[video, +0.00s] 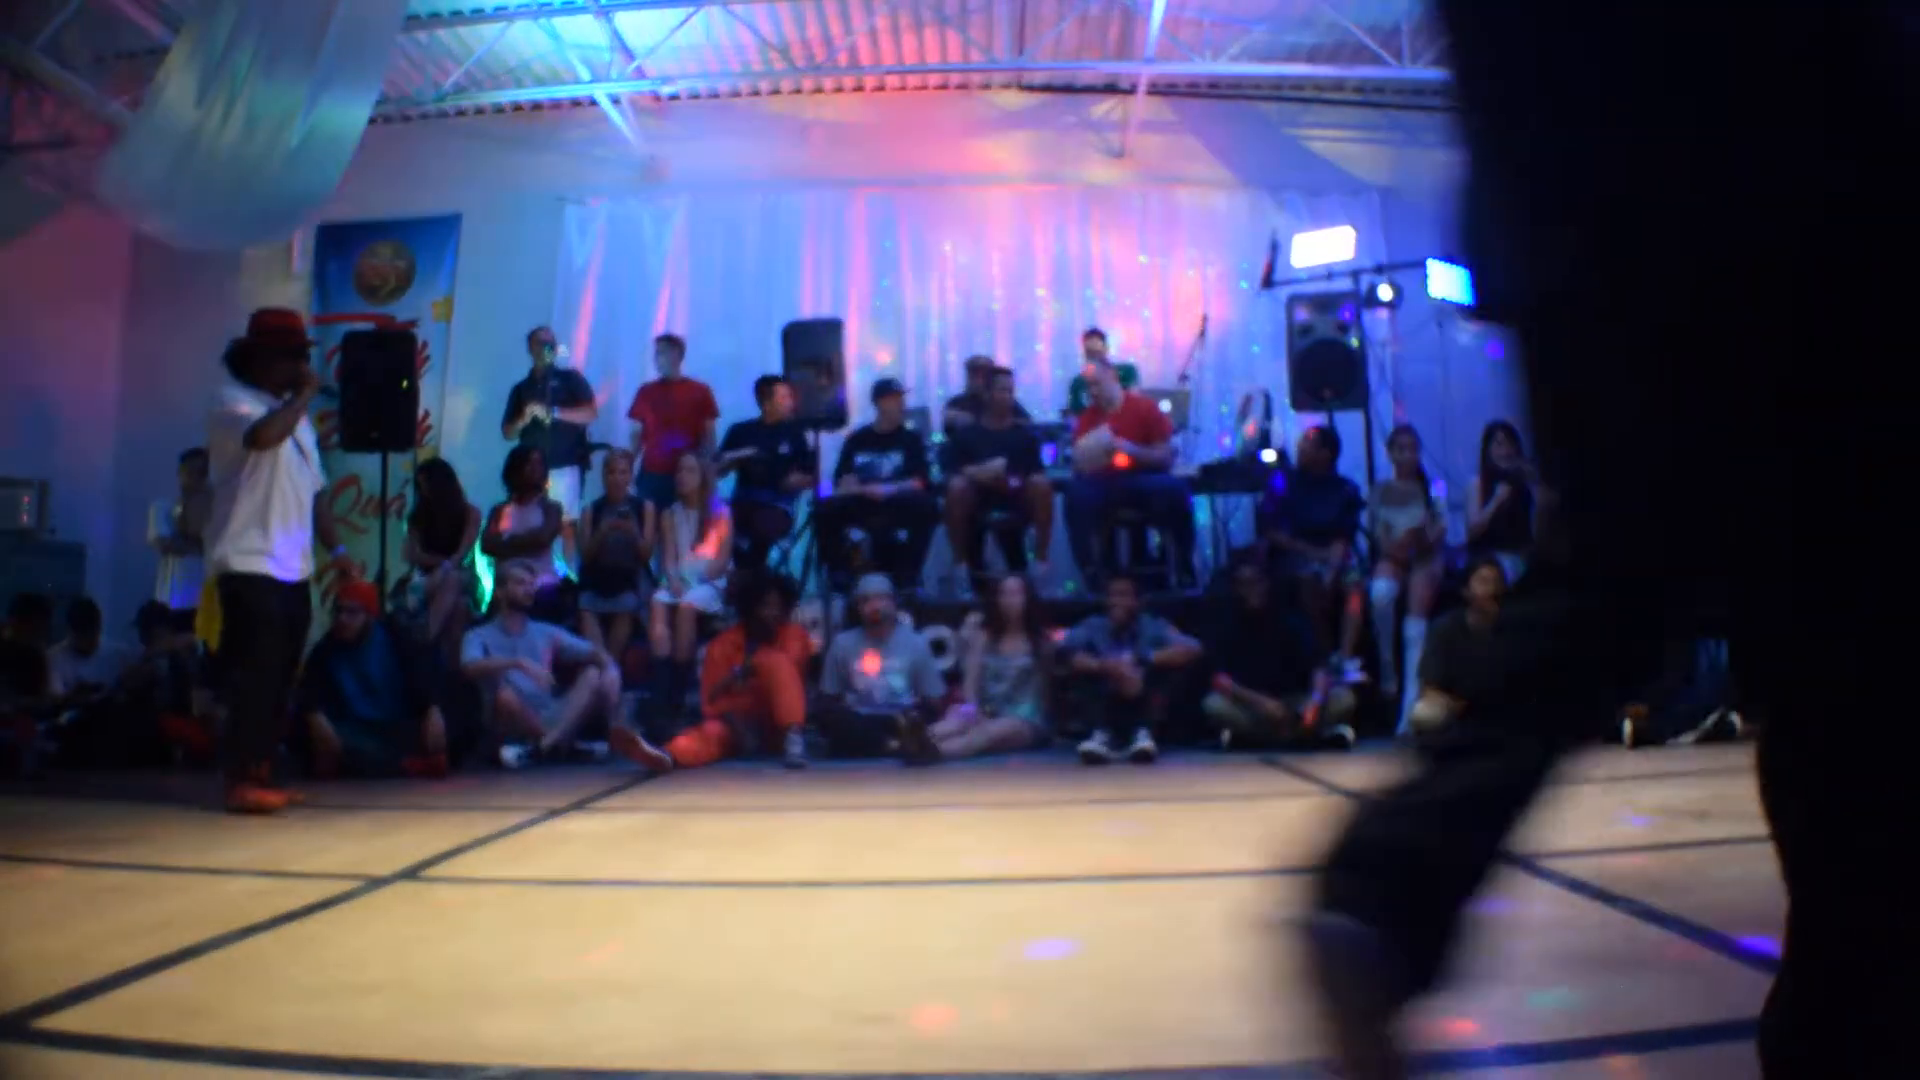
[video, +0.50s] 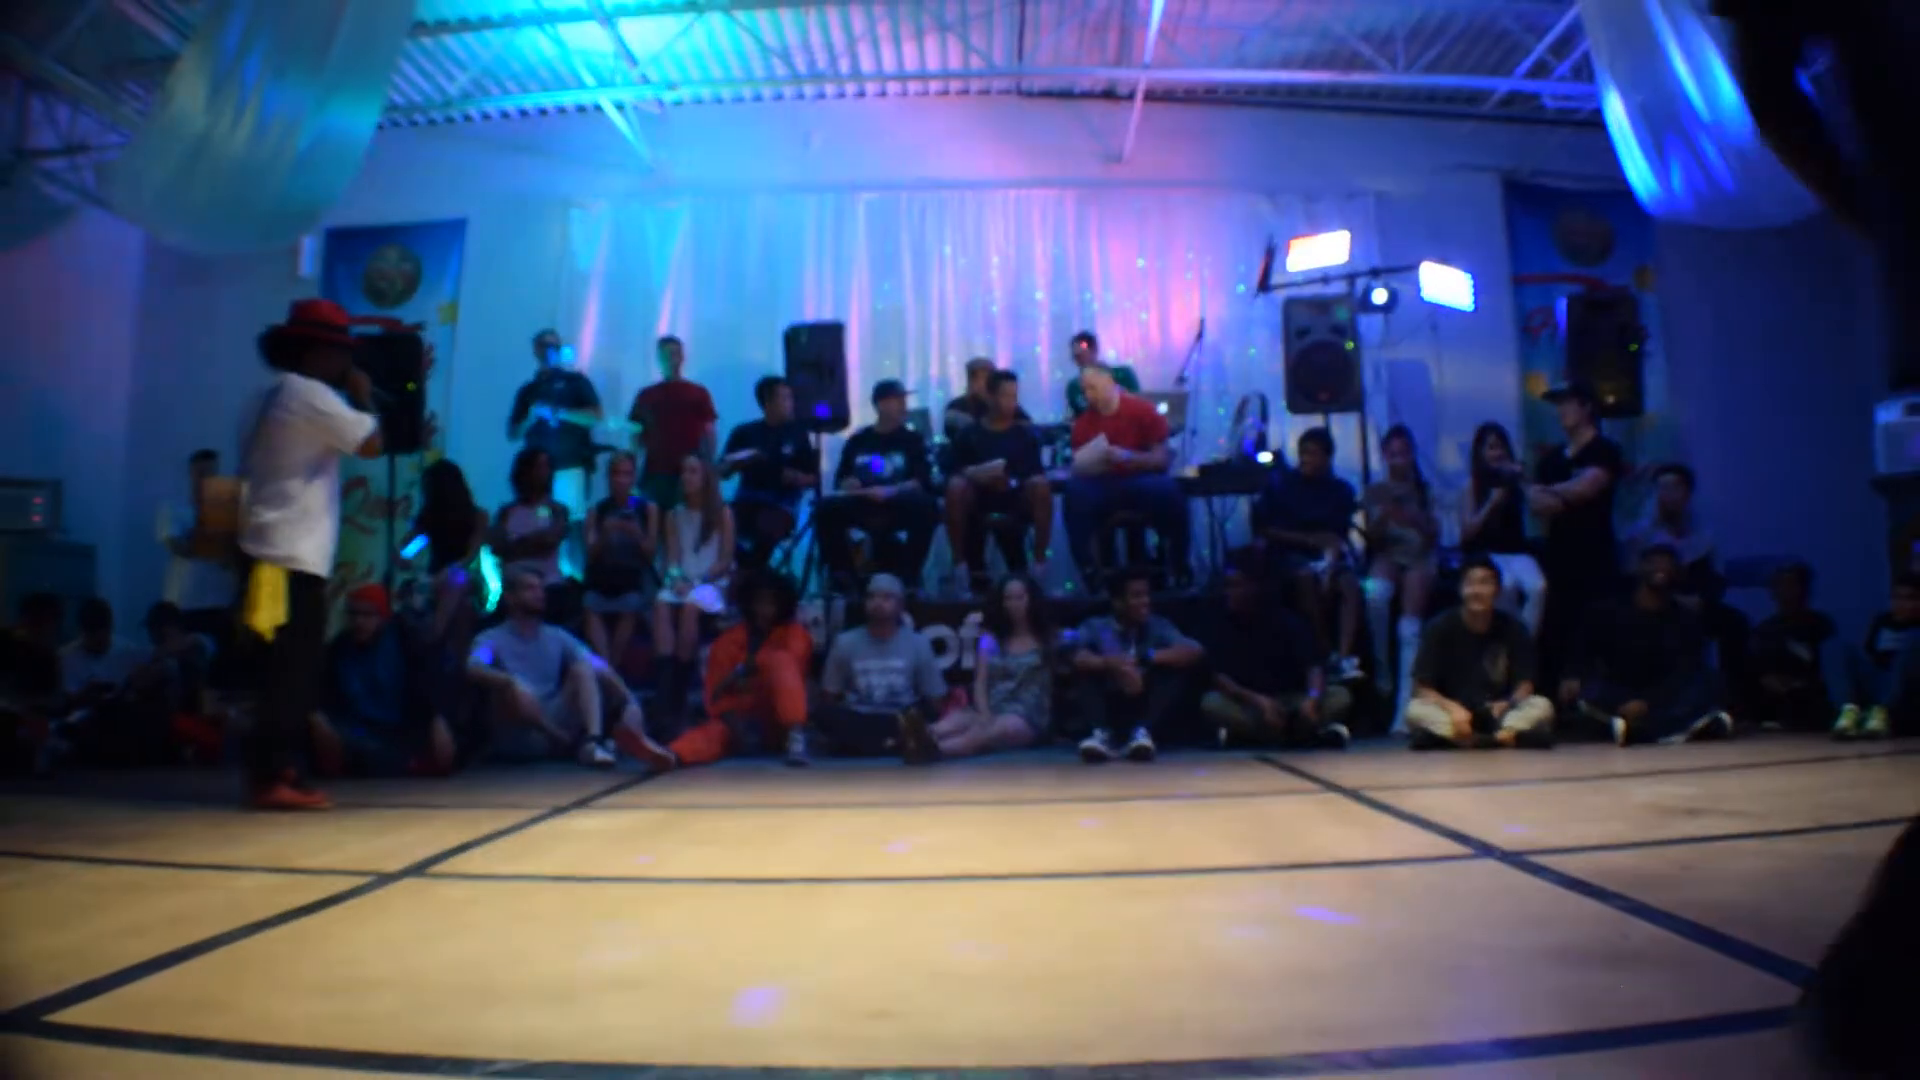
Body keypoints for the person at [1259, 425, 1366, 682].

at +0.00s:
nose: (1300, 451)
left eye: (1308, 446)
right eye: (1301, 445)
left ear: (1327, 453)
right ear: (1301, 448)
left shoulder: (1345, 490)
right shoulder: (1286, 483)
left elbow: (1344, 536)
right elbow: (1273, 532)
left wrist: (1332, 571)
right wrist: (1318, 553)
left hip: (1333, 559)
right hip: (1294, 555)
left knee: (1355, 587)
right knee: (1310, 582)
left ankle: (1346, 658)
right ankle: (1320, 660)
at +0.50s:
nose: (1308, 459)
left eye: (1315, 454)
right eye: (1304, 453)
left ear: (1328, 457)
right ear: (1299, 455)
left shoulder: (1340, 490)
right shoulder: (1282, 485)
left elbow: (1340, 531)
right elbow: (1264, 526)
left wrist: (1331, 557)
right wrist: (1312, 541)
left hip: (1327, 552)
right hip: (1291, 551)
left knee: (1349, 582)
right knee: (1306, 579)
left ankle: (1345, 655)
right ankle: (1319, 655)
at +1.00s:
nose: (1303, 462)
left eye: (1310, 456)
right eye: (1300, 455)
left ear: (1324, 459)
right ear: (1295, 456)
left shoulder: (1340, 489)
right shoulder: (1280, 486)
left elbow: (1341, 533)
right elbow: (1263, 531)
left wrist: (1330, 568)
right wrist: (1314, 543)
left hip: (1327, 551)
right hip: (1292, 552)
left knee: (1352, 581)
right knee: (1306, 579)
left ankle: (1345, 655)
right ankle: (1327, 655)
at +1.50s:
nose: (1302, 463)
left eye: (1308, 457)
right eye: (1297, 457)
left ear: (1320, 457)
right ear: (1290, 456)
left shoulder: (1338, 488)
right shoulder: (1277, 486)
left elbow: (1341, 534)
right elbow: (1263, 535)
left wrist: (1330, 566)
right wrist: (1313, 544)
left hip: (1328, 553)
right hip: (1291, 554)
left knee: (1353, 582)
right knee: (1304, 580)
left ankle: (1346, 657)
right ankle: (1319, 653)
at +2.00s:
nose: (1309, 461)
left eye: (1315, 455)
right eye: (1304, 454)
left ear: (1323, 456)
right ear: (1294, 454)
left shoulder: (1337, 486)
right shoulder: (1276, 485)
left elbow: (1347, 533)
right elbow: (1258, 533)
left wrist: (1329, 559)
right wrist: (1302, 528)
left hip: (1329, 553)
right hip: (1291, 554)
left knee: (1352, 584)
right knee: (1300, 582)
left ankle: (1344, 658)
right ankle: (1318, 656)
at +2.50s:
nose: (1319, 458)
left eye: (1323, 452)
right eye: (1313, 452)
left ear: (1327, 454)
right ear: (1296, 454)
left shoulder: (1338, 486)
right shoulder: (1278, 485)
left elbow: (1347, 535)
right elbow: (1267, 535)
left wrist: (1330, 562)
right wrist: (1299, 510)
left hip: (1329, 554)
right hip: (1292, 554)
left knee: (1354, 585)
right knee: (1301, 584)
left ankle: (1347, 657)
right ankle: (1314, 658)